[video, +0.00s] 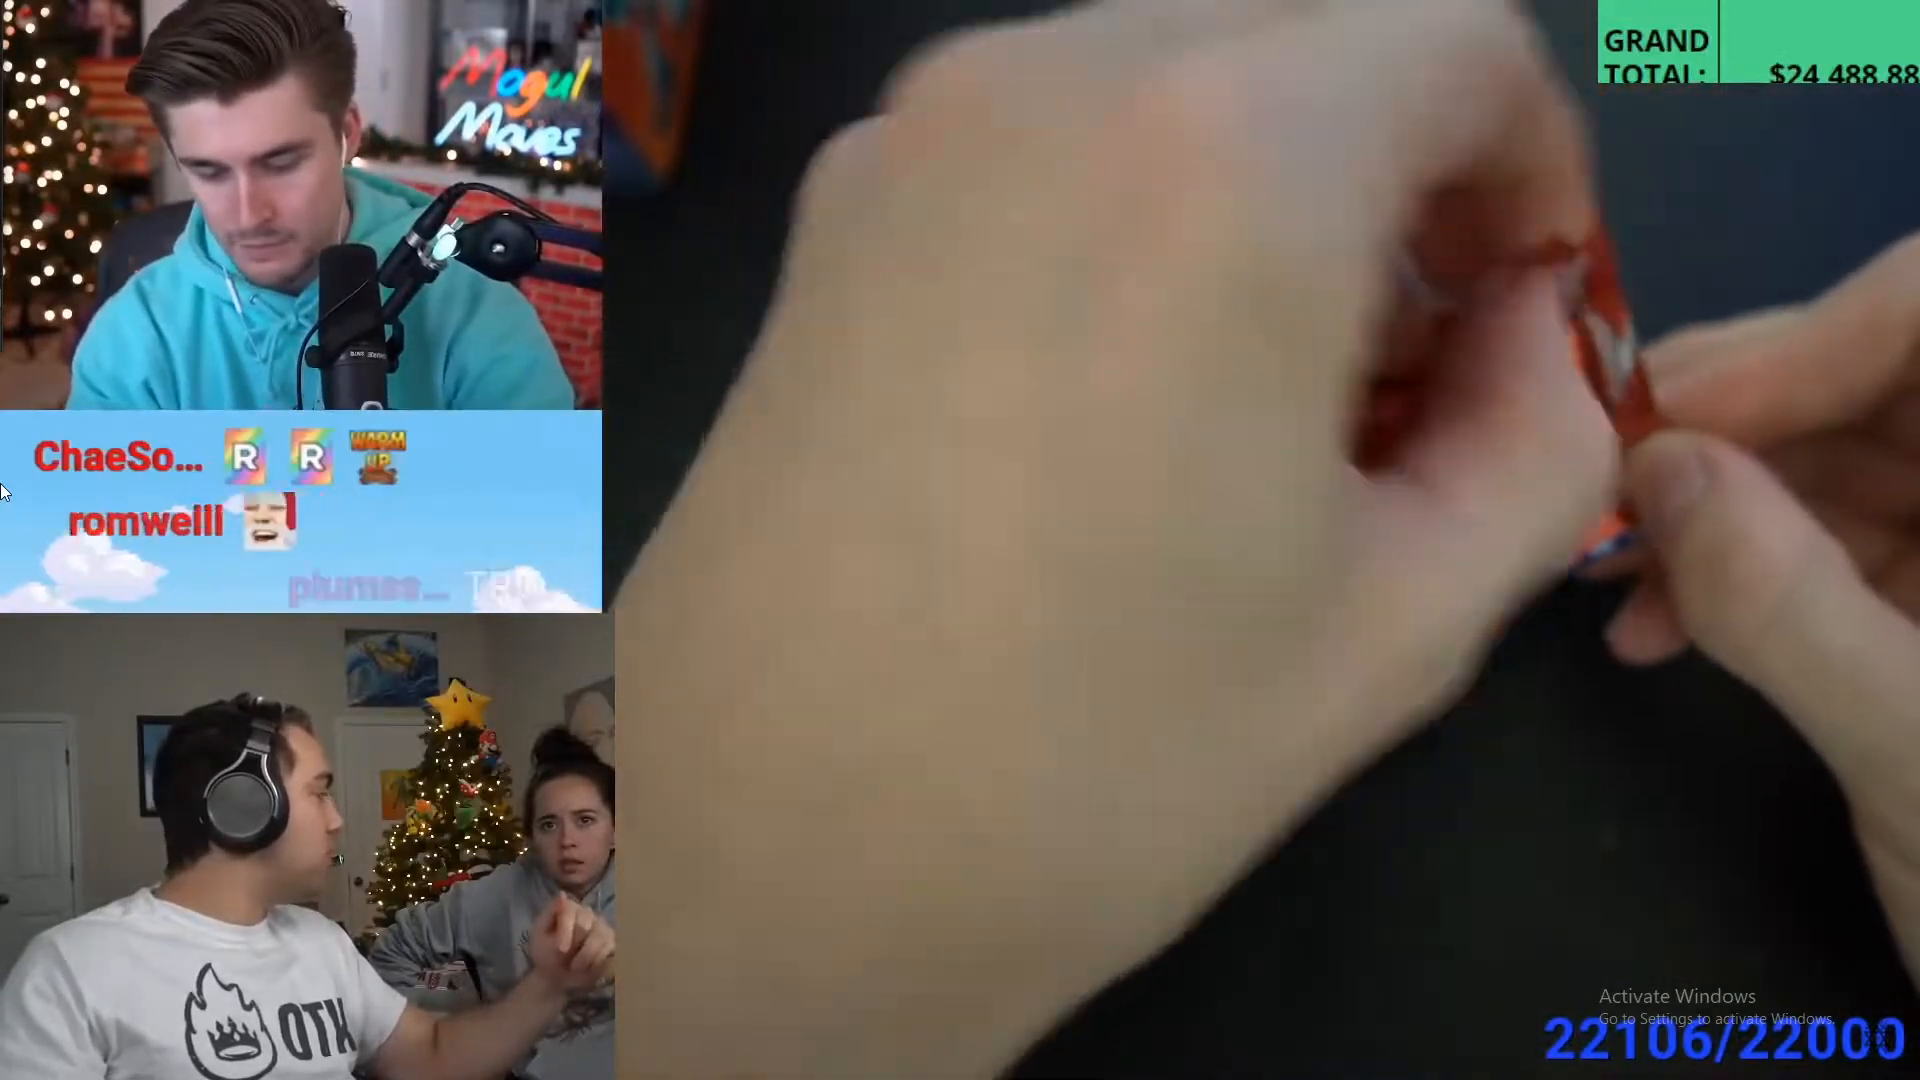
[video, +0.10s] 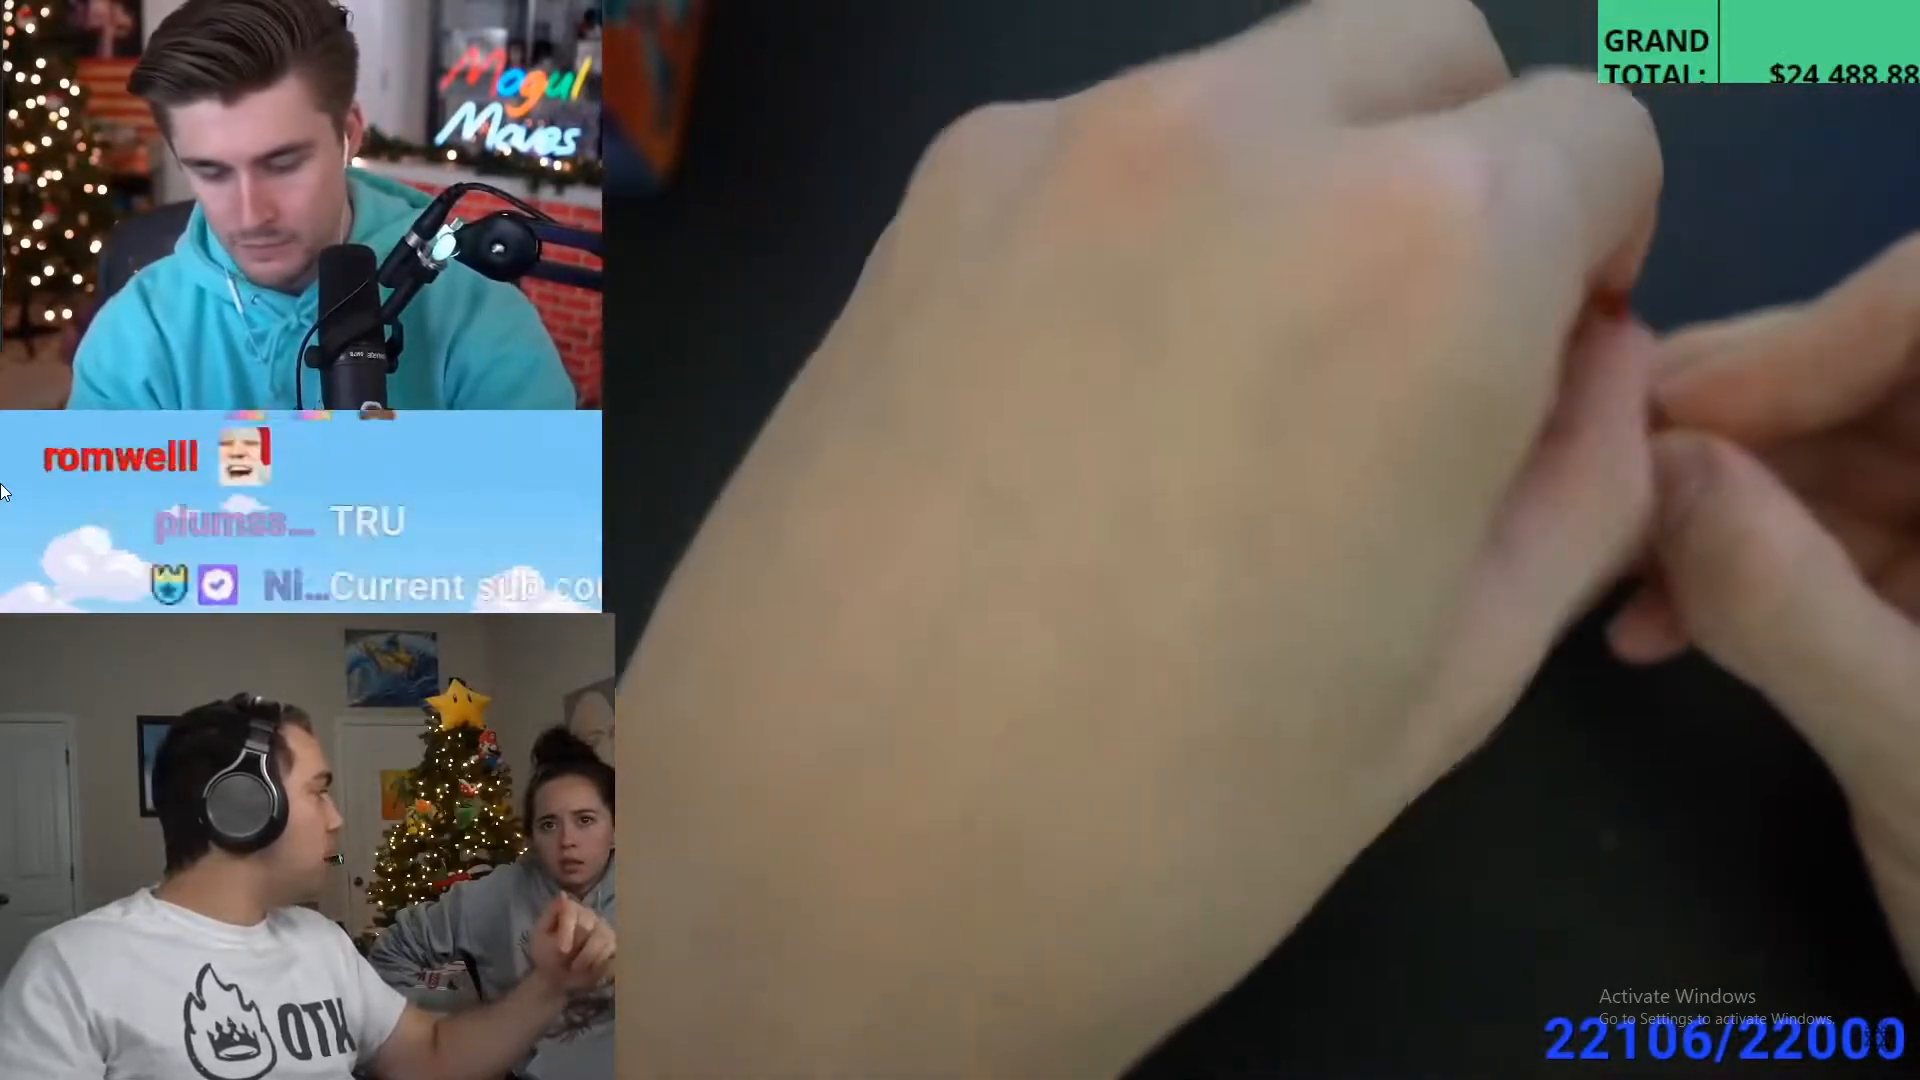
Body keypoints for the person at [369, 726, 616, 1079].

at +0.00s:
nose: (567, 842)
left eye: (585, 821)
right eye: (549, 825)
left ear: (615, 829)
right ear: (531, 836)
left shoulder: (642, 895)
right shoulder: (493, 898)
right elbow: (389, 956)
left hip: (618, 1069)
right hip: (530, 1071)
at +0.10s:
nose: (567, 842)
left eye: (585, 821)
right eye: (549, 825)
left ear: (615, 828)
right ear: (531, 836)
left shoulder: (643, 895)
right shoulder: (493, 898)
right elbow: (389, 956)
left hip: (619, 1068)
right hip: (531, 1071)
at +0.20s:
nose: (567, 842)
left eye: (585, 821)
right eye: (549, 825)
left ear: (615, 828)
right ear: (531, 836)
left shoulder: (644, 894)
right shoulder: (493, 898)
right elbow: (392, 952)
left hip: (620, 1069)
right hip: (526, 1071)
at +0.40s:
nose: (567, 842)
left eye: (585, 821)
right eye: (548, 825)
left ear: (615, 828)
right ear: (531, 836)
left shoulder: (642, 893)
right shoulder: (491, 899)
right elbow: (389, 956)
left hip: (615, 1069)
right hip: (528, 1071)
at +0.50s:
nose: (567, 842)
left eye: (585, 821)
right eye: (548, 825)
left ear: (615, 828)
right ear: (530, 836)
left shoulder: (641, 897)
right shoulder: (491, 898)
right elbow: (388, 958)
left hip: (609, 1070)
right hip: (522, 1072)